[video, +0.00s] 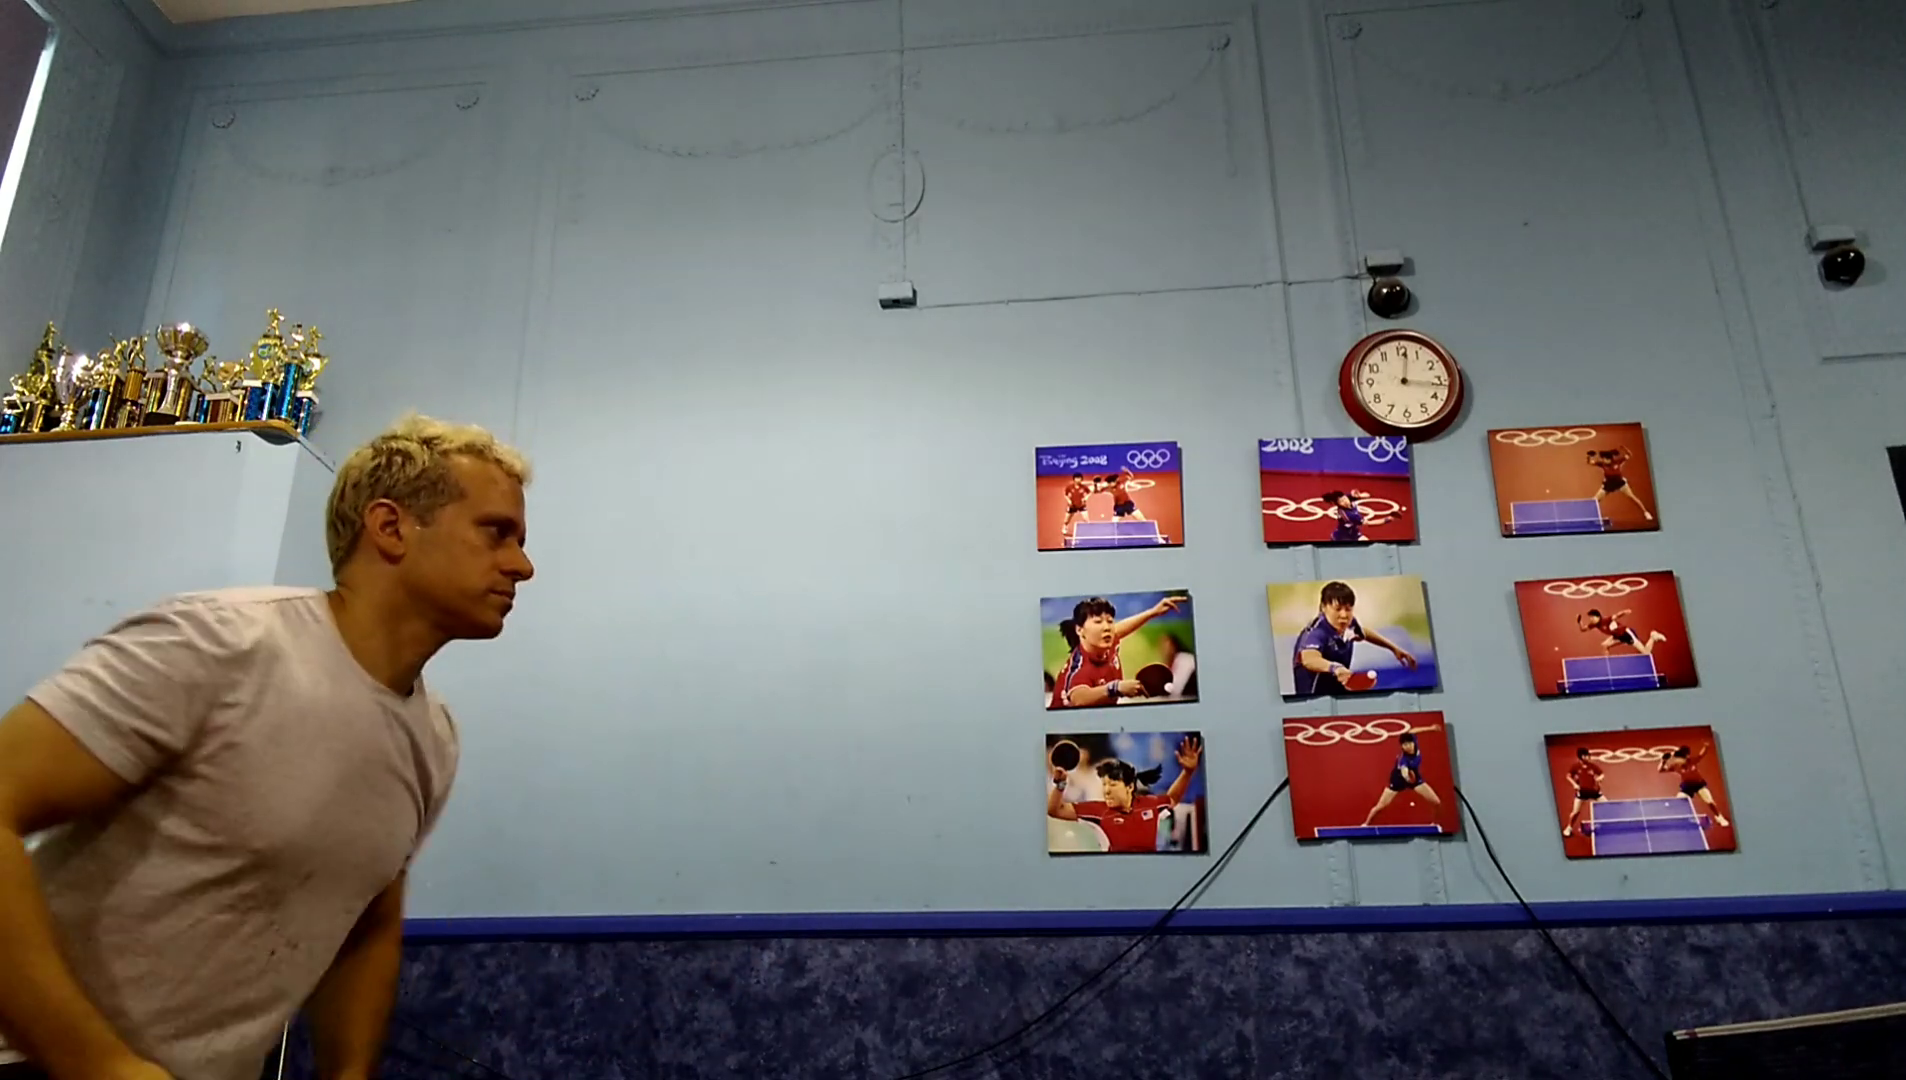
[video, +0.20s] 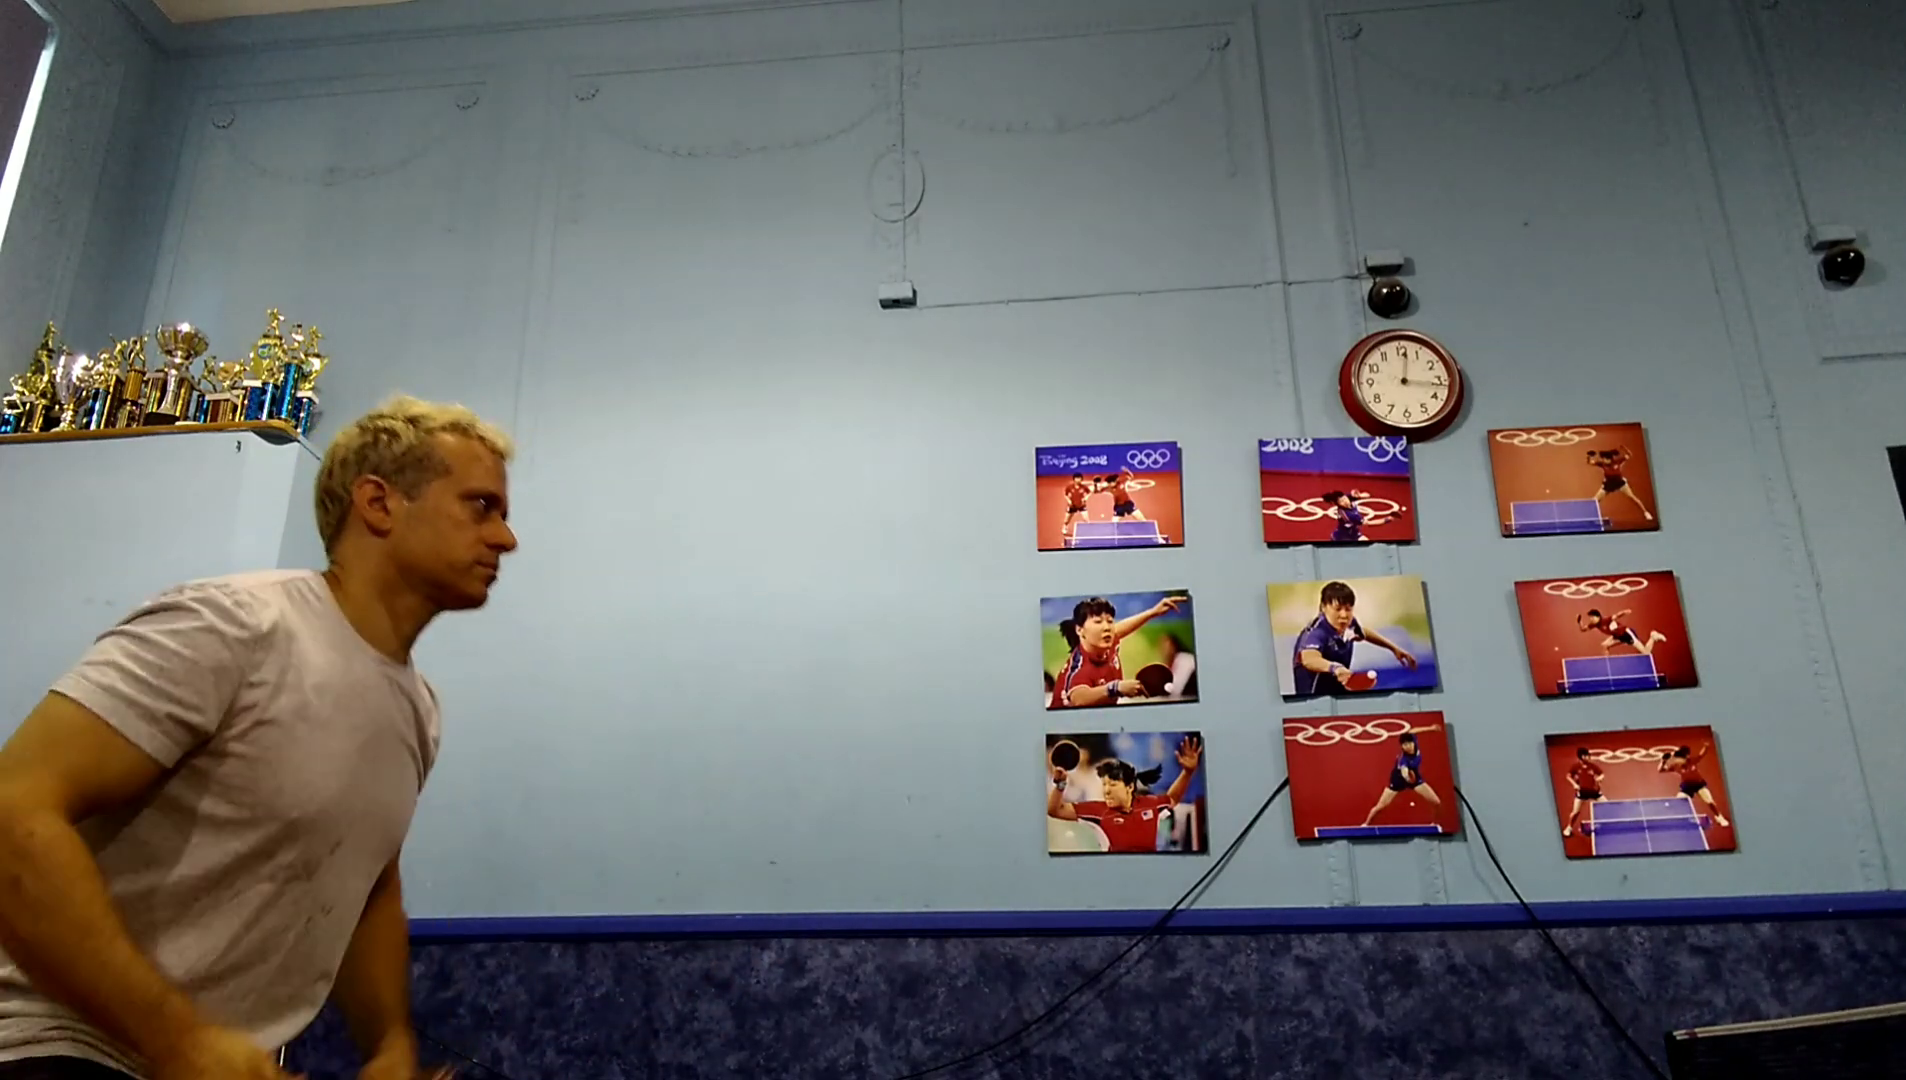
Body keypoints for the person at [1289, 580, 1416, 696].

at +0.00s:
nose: (1344, 615)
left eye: (1348, 609)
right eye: (1338, 609)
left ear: (1353, 609)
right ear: (1324, 608)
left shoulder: (1349, 624)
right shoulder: (1315, 632)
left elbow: (1364, 634)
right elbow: (1309, 660)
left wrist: (1395, 649)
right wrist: (1335, 668)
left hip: (1341, 705)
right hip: (1314, 708)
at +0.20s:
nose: (1344, 615)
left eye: (1348, 609)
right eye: (1338, 609)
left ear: (1353, 609)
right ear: (1324, 608)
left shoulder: (1349, 624)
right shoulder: (1315, 633)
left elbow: (1364, 634)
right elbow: (1309, 660)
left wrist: (1395, 649)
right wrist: (1335, 668)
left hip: (1341, 705)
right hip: (1314, 708)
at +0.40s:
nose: (1344, 615)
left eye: (1348, 609)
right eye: (1338, 609)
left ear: (1353, 609)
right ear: (1324, 608)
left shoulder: (1349, 624)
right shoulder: (1315, 633)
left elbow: (1364, 634)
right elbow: (1309, 660)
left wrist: (1395, 649)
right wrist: (1335, 668)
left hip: (1341, 705)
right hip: (1314, 708)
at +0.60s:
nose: (1344, 615)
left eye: (1348, 609)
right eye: (1338, 609)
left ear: (1353, 609)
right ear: (1324, 608)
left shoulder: (1349, 624)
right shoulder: (1315, 633)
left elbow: (1364, 634)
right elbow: (1309, 660)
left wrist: (1395, 649)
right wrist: (1335, 668)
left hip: (1341, 705)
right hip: (1314, 708)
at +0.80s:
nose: (1344, 615)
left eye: (1348, 609)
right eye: (1338, 609)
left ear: (1353, 609)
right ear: (1324, 608)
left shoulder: (1349, 624)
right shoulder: (1315, 633)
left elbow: (1364, 634)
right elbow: (1309, 660)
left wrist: (1395, 649)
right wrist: (1335, 668)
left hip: (1341, 704)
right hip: (1314, 708)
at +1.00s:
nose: (1344, 615)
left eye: (1348, 609)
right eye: (1338, 609)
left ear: (1353, 609)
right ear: (1324, 608)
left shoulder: (1349, 624)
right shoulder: (1315, 633)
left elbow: (1364, 634)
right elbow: (1309, 660)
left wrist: (1395, 649)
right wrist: (1335, 668)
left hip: (1341, 705)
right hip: (1314, 708)